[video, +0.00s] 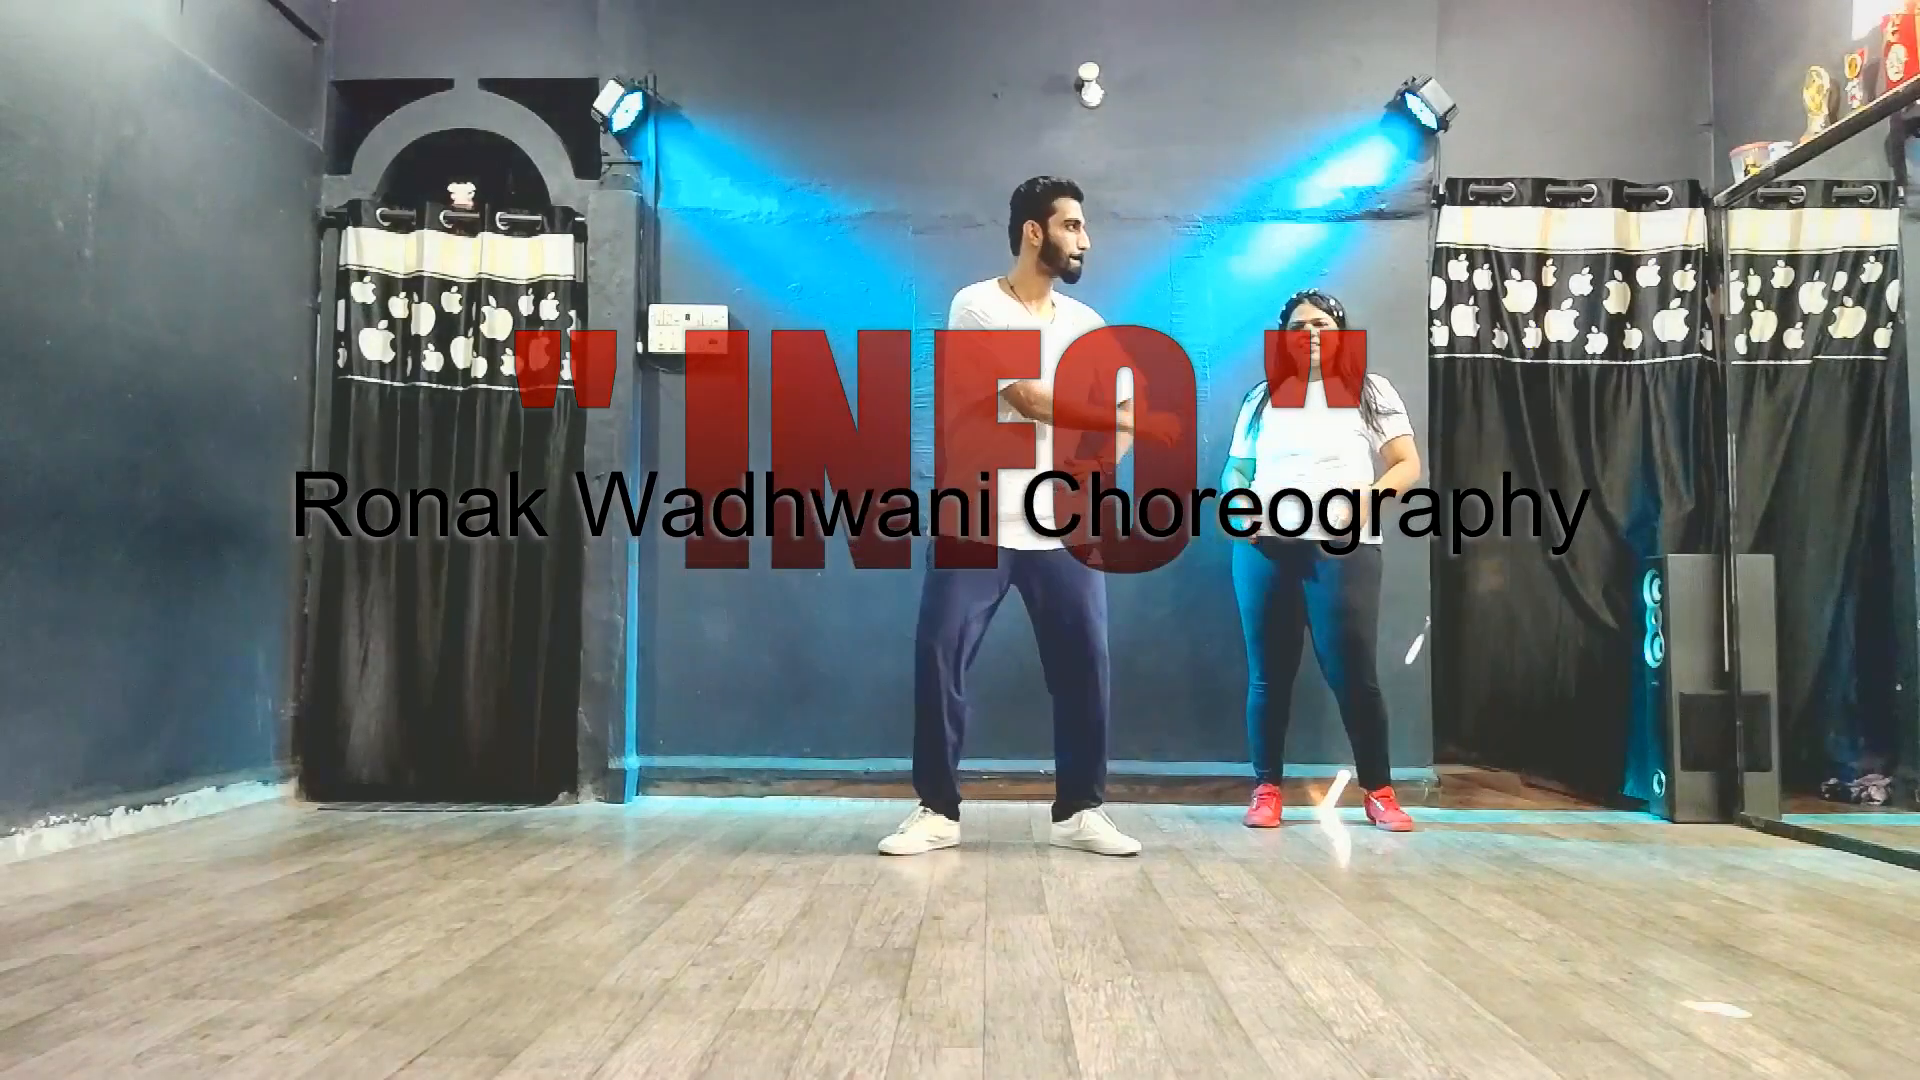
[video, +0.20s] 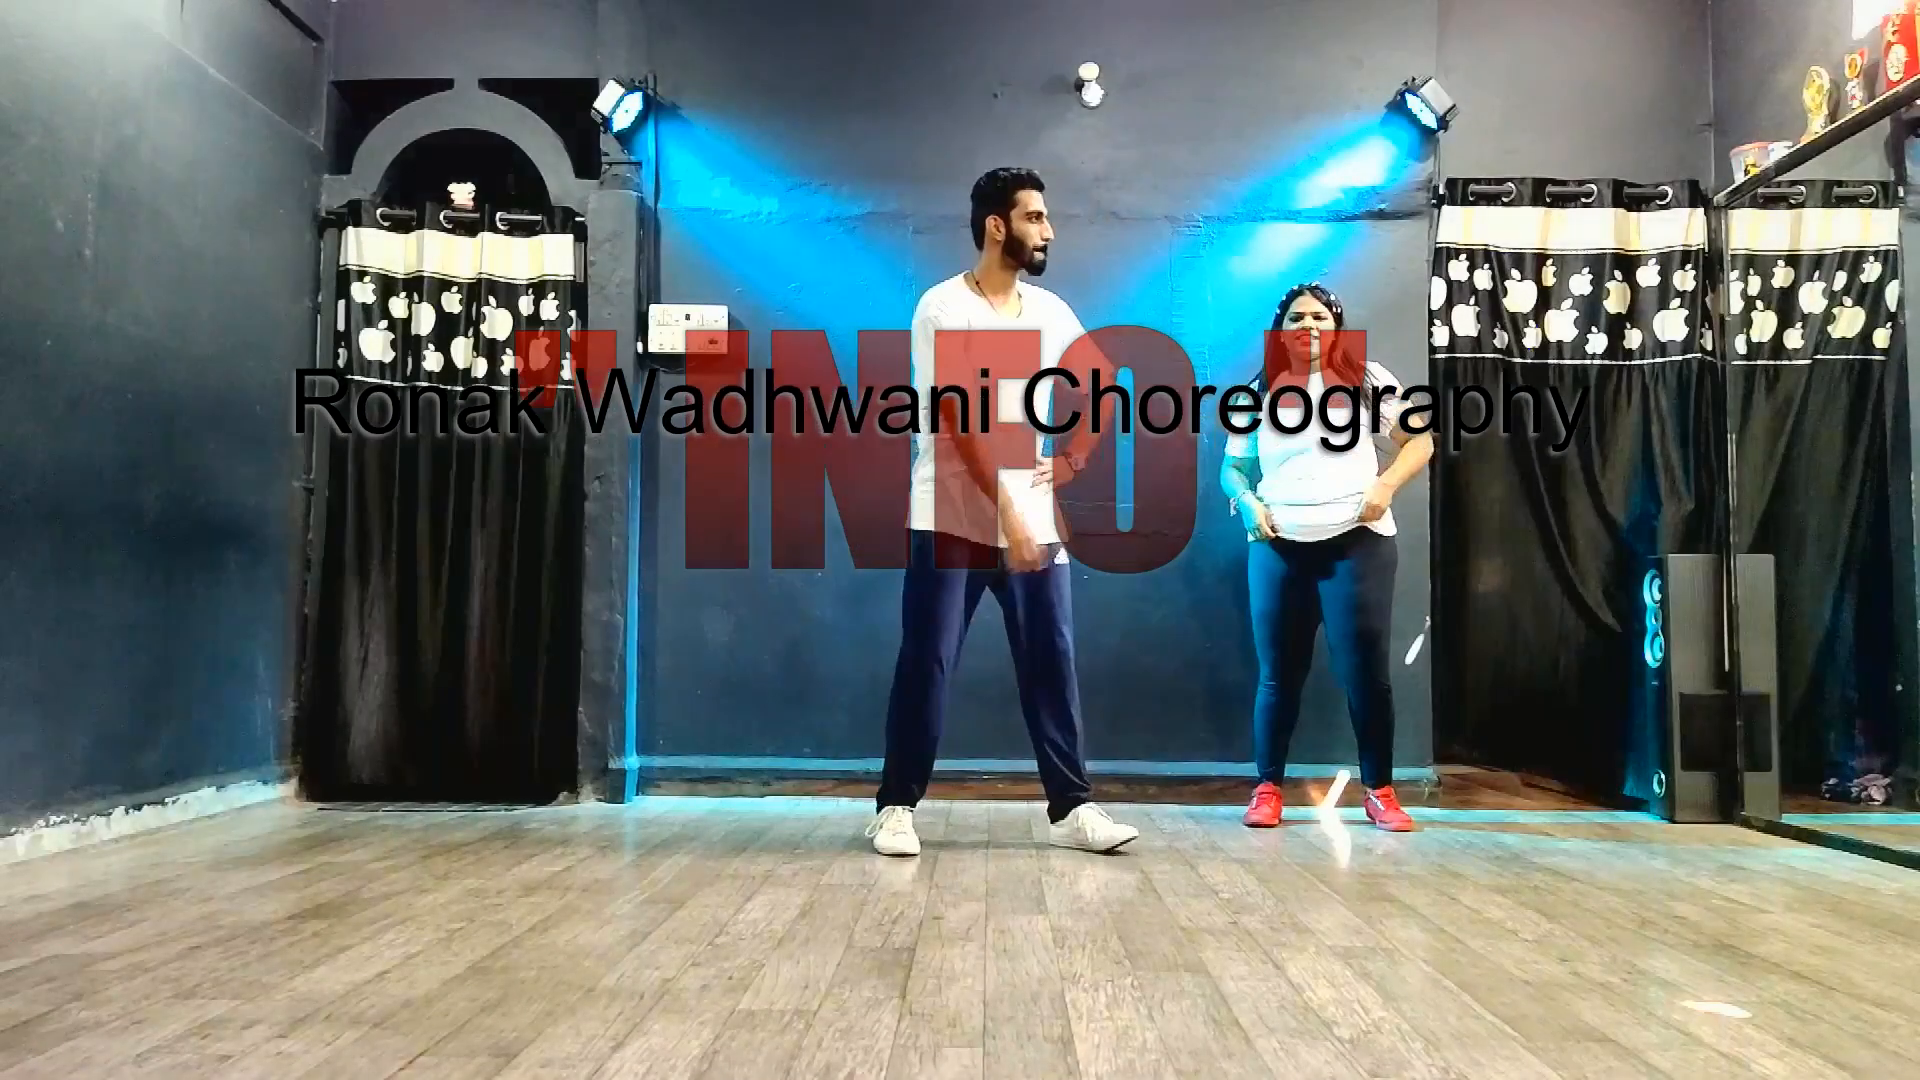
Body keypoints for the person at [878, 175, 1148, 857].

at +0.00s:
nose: (1083, 237)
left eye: (1084, 226)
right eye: (1071, 224)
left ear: (1069, 237)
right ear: (1030, 231)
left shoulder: (1089, 326)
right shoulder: (973, 306)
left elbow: (1126, 425)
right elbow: (955, 412)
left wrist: (1054, 409)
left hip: (1066, 528)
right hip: (979, 522)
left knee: (1086, 662)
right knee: (937, 649)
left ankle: (1078, 809)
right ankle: (938, 811)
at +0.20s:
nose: (1046, 229)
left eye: (1046, 217)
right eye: (1032, 217)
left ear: (1019, 229)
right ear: (993, 226)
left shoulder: (1051, 310)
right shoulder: (941, 307)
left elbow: (1103, 391)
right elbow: (951, 424)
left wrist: (1075, 454)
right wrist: (1005, 508)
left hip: (1028, 504)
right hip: (950, 507)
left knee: (1053, 656)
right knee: (929, 660)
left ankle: (1070, 805)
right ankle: (897, 807)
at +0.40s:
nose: (992, 245)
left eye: (994, 233)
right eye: (976, 234)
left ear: (995, 244)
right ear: (935, 247)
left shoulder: (1014, 321)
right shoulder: (892, 329)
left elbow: (1075, 390)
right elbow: (843, 420)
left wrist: (1045, 471)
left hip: (1002, 518)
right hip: (919, 519)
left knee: (1061, 647)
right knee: (914, 659)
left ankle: (1068, 806)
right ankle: (898, 809)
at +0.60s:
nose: (944, 262)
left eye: (953, 249)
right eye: (928, 251)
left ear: (965, 256)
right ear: (901, 262)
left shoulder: (1009, 324)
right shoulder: (873, 350)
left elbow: (1084, 391)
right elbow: (813, 435)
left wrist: (1045, 478)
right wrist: (774, 400)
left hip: (1002, 521)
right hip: (916, 523)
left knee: (1061, 648)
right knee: (907, 653)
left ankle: (1071, 806)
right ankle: (897, 809)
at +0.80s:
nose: (954, 270)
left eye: (967, 257)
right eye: (940, 256)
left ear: (984, 261)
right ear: (919, 262)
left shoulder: (1030, 323)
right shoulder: (894, 338)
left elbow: (1110, 388)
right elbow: (857, 401)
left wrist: (1061, 469)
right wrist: (827, 442)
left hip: (1012, 513)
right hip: (927, 513)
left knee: (1036, 657)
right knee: (906, 645)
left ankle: (1072, 802)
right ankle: (889, 805)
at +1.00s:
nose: (1005, 300)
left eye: (1020, 289)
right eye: (993, 285)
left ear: (1037, 298)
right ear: (972, 286)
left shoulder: (1066, 364)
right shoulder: (932, 352)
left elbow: (1144, 424)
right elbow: (898, 427)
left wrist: (1077, 491)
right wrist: (926, 415)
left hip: (1032, 536)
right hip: (944, 534)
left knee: (1062, 658)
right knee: (903, 649)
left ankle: (1080, 806)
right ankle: (890, 806)